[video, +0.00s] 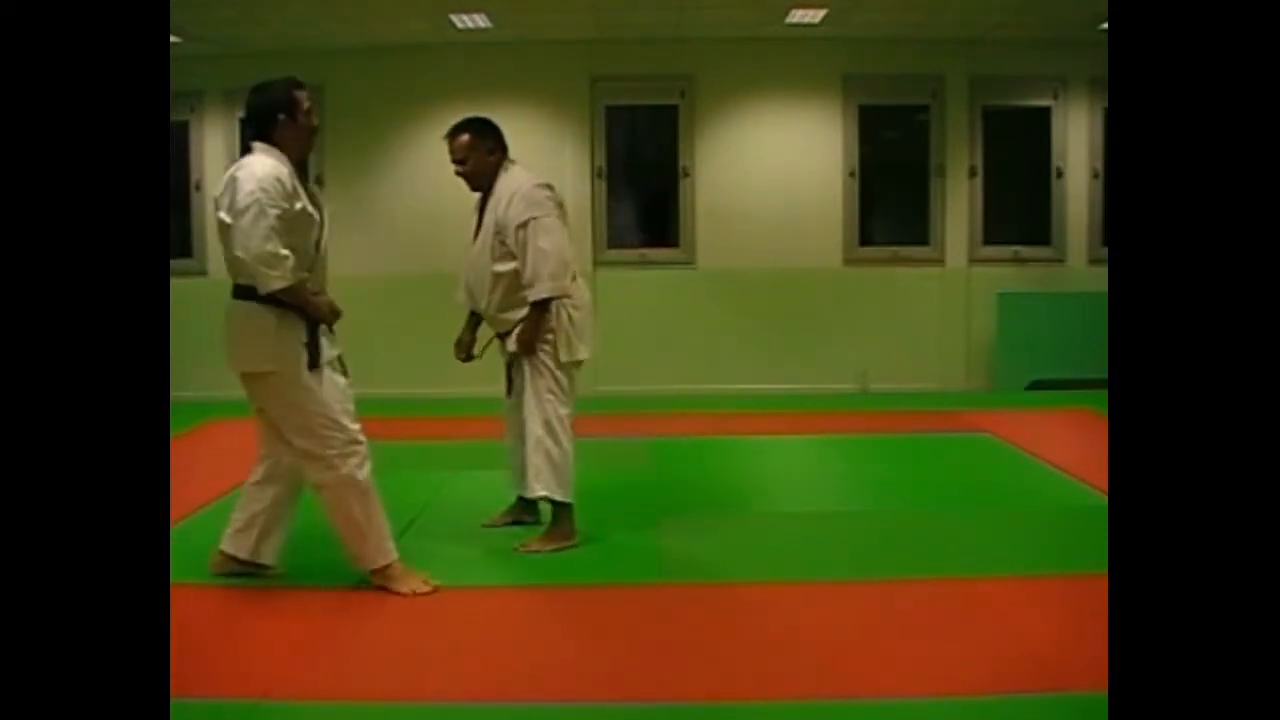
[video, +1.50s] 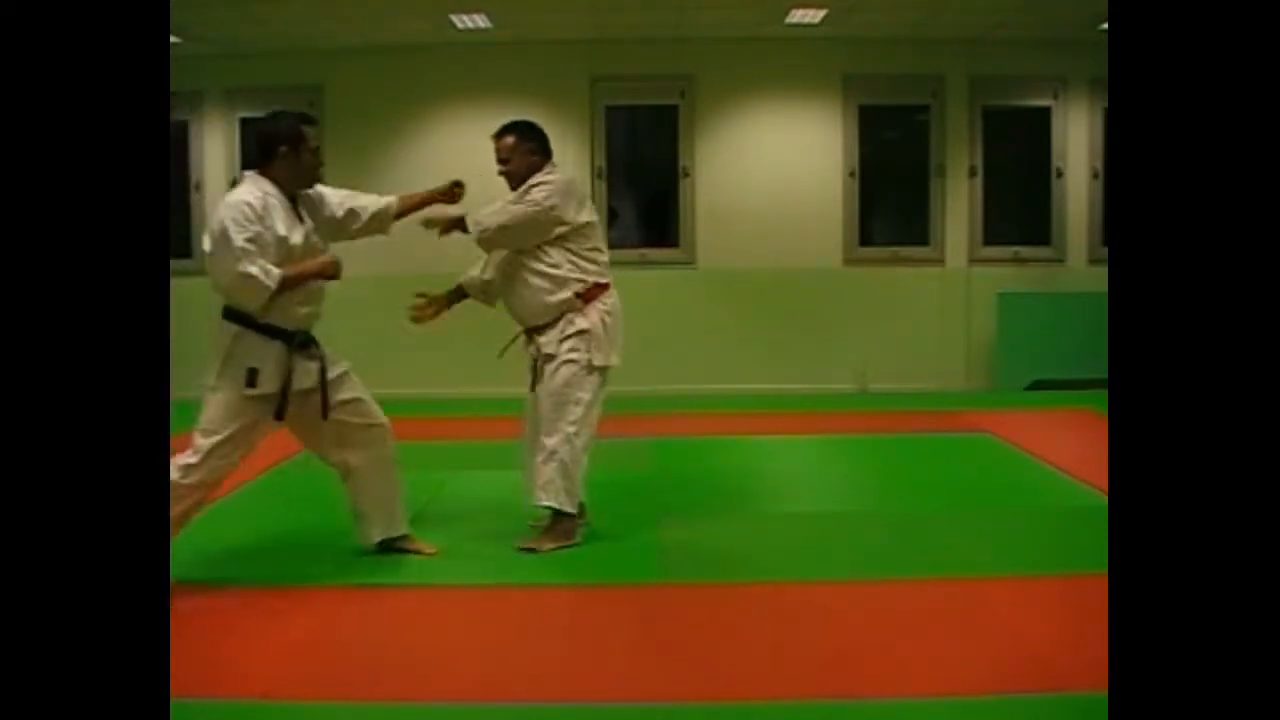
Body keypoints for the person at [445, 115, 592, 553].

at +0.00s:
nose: (458, 170)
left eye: (464, 160)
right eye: (455, 162)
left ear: (493, 154)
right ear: (482, 159)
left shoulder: (525, 195)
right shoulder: (493, 198)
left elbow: (548, 260)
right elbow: (485, 270)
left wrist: (534, 322)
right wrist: (470, 327)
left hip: (549, 319)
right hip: (519, 320)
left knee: (548, 415)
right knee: (521, 413)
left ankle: (562, 520)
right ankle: (526, 501)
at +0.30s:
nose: (458, 169)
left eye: (463, 159)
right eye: (456, 160)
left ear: (493, 152)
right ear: (489, 155)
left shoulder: (521, 195)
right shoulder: (503, 193)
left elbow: (543, 274)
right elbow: (508, 272)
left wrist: (530, 336)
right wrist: (496, 325)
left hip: (555, 325)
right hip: (536, 324)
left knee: (547, 421)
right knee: (535, 418)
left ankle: (561, 521)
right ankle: (540, 501)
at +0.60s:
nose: (462, 165)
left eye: (467, 154)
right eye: (460, 155)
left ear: (496, 148)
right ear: (493, 151)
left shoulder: (522, 193)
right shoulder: (508, 190)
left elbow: (539, 272)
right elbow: (512, 270)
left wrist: (528, 334)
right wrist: (497, 324)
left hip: (556, 323)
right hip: (544, 322)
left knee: (550, 420)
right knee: (549, 419)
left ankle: (563, 519)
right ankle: (559, 511)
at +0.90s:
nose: (472, 161)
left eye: (478, 150)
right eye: (470, 152)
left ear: (506, 147)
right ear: (502, 150)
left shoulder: (529, 190)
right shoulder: (516, 189)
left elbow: (542, 268)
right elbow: (515, 269)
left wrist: (530, 326)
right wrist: (494, 323)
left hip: (557, 319)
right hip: (548, 317)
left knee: (551, 417)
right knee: (550, 416)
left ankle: (564, 518)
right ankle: (559, 507)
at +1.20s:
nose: (482, 161)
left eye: (488, 151)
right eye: (480, 152)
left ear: (515, 148)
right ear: (512, 151)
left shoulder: (537, 188)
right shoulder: (525, 189)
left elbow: (539, 268)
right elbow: (519, 269)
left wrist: (515, 325)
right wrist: (497, 323)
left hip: (558, 315)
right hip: (549, 314)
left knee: (546, 412)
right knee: (548, 411)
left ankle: (563, 516)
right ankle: (558, 506)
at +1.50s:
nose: (500, 168)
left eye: (507, 159)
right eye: (498, 160)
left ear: (535, 154)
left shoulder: (557, 187)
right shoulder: (526, 202)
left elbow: (504, 225)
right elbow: (498, 273)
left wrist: (459, 221)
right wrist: (448, 297)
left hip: (581, 320)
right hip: (552, 325)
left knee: (562, 418)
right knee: (546, 419)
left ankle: (565, 519)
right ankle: (563, 511)